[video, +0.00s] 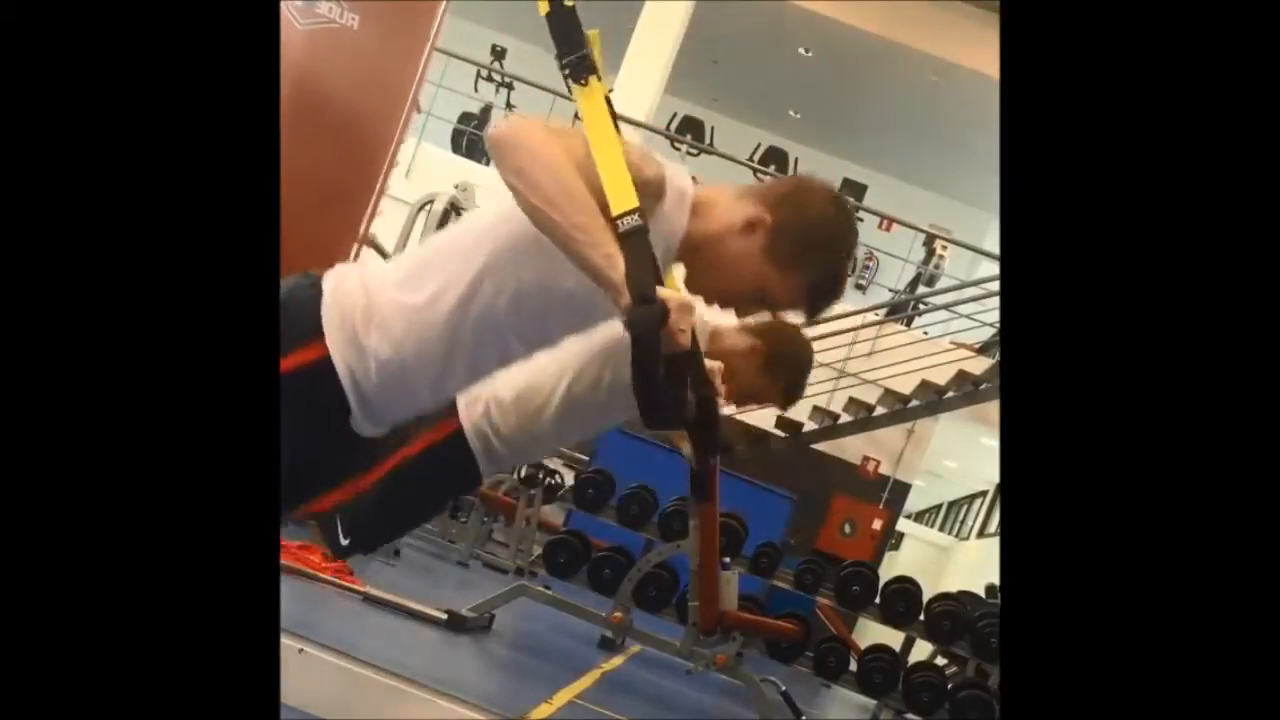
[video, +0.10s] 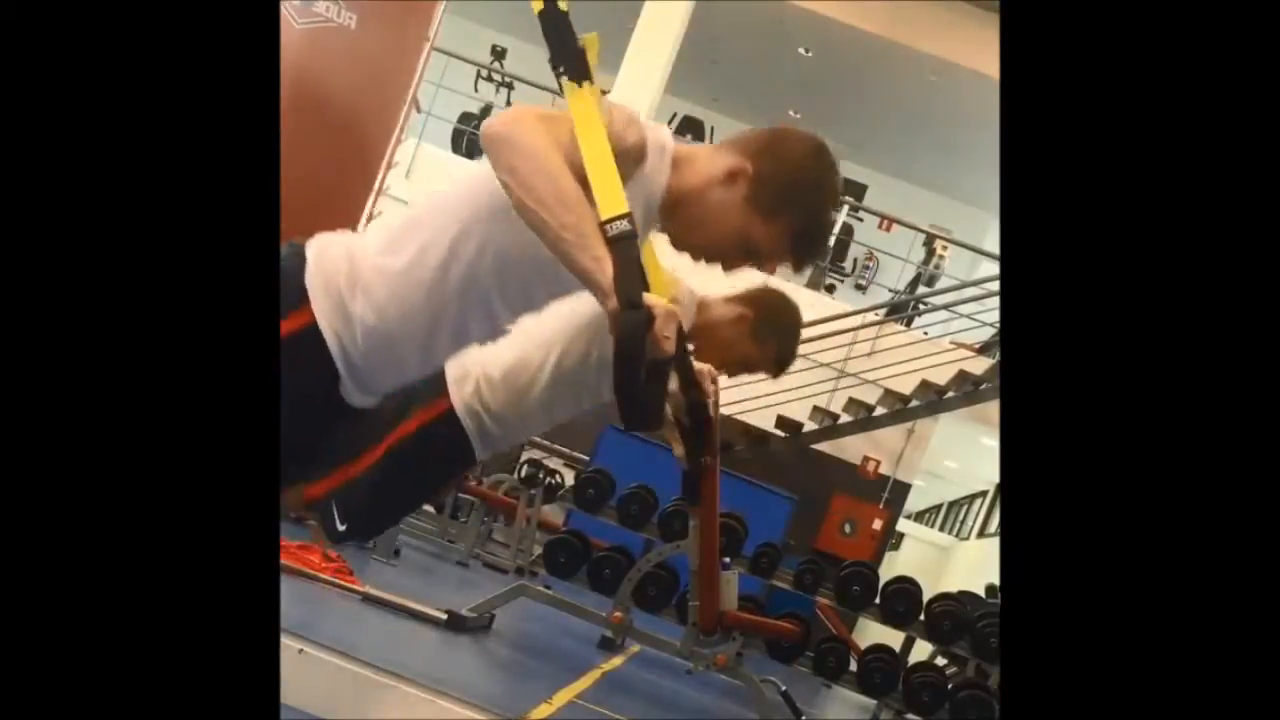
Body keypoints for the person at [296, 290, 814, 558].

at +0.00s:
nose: (732, 396)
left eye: (743, 397)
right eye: (743, 384)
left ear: (750, 369)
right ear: (744, 340)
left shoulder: (686, 380)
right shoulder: (675, 318)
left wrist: (707, 424)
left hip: (496, 441)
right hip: (478, 413)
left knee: (360, 519)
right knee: (345, 516)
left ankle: (335, 540)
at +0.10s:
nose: (734, 369)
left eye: (747, 367)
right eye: (747, 358)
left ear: (739, 317)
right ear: (741, 315)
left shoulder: (677, 337)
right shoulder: (662, 296)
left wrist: (683, 409)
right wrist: (675, 389)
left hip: (483, 428)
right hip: (464, 400)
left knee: (349, 517)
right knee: (327, 506)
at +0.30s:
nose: (715, 323)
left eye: (729, 322)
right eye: (728, 314)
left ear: (717, 263)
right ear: (718, 270)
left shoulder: (651, 281)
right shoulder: (635, 258)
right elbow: (616, 406)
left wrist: (673, 389)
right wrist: (663, 398)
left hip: (453, 391)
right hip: (432, 369)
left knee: (333, 508)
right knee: (305, 489)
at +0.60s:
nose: (692, 271)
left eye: (704, 266)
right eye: (703, 258)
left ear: (684, 211)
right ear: (687, 212)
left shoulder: (626, 251)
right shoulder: (606, 212)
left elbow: (644, 343)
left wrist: (679, 391)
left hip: (445, 372)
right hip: (421, 345)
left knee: (323, 490)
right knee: (296, 470)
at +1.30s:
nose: (699, 329)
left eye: (716, 328)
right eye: (711, 315)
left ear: (702, 274)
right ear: (704, 269)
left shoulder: (649, 302)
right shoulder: (633, 252)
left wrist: (696, 394)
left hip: (453, 403)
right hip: (433, 381)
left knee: (323, 518)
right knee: (301, 507)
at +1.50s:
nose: (724, 365)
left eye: (735, 364)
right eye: (736, 355)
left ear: (728, 334)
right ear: (730, 318)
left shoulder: (670, 355)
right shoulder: (662, 294)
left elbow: (668, 413)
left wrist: (695, 404)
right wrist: (687, 376)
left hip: (475, 434)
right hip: (455, 404)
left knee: (342, 524)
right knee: (320, 512)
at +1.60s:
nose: (726, 389)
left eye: (738, 390)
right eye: (737, 378)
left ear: (739, 362)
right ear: (736, 337)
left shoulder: (675, 374)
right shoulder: (667, 316)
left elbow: (671, 427)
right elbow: (626, 307)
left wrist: (701, 427)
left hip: (480, 445)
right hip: (462, 418)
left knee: (341, 527)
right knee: (323, 520)